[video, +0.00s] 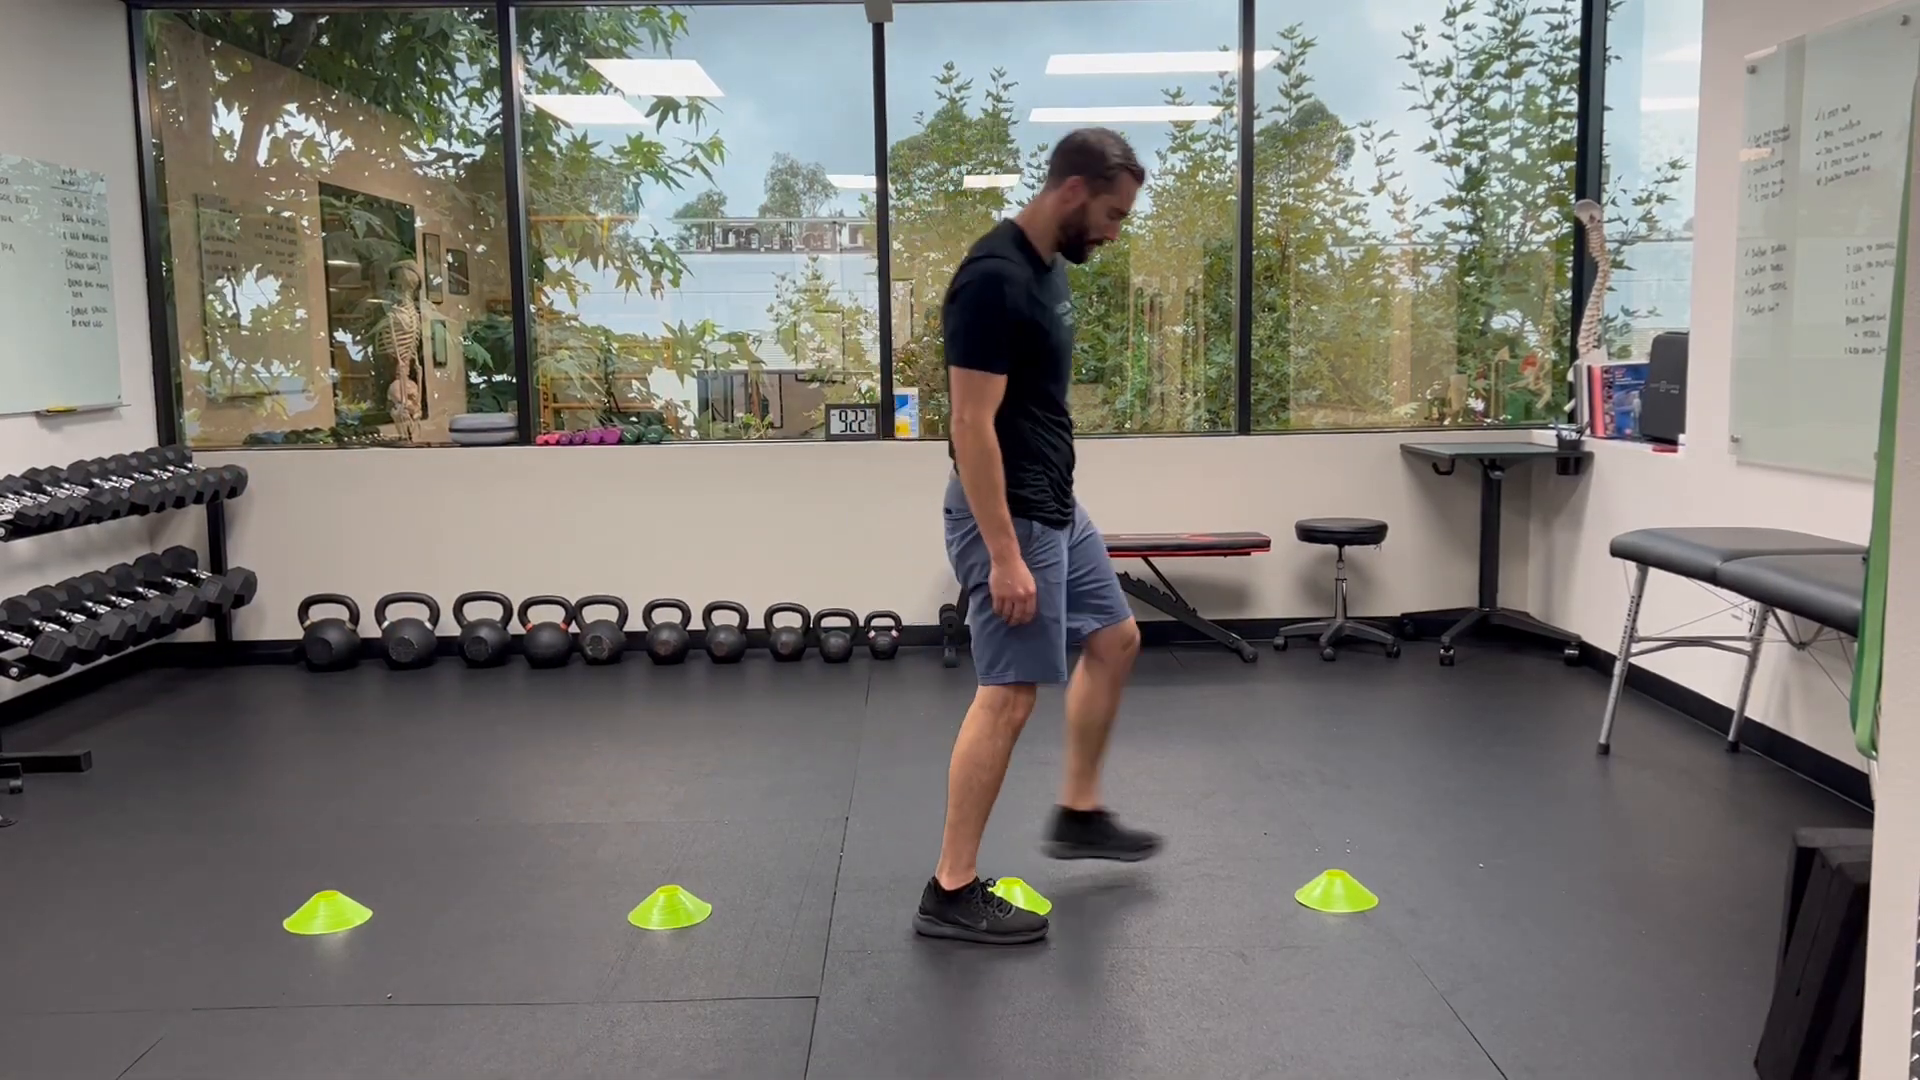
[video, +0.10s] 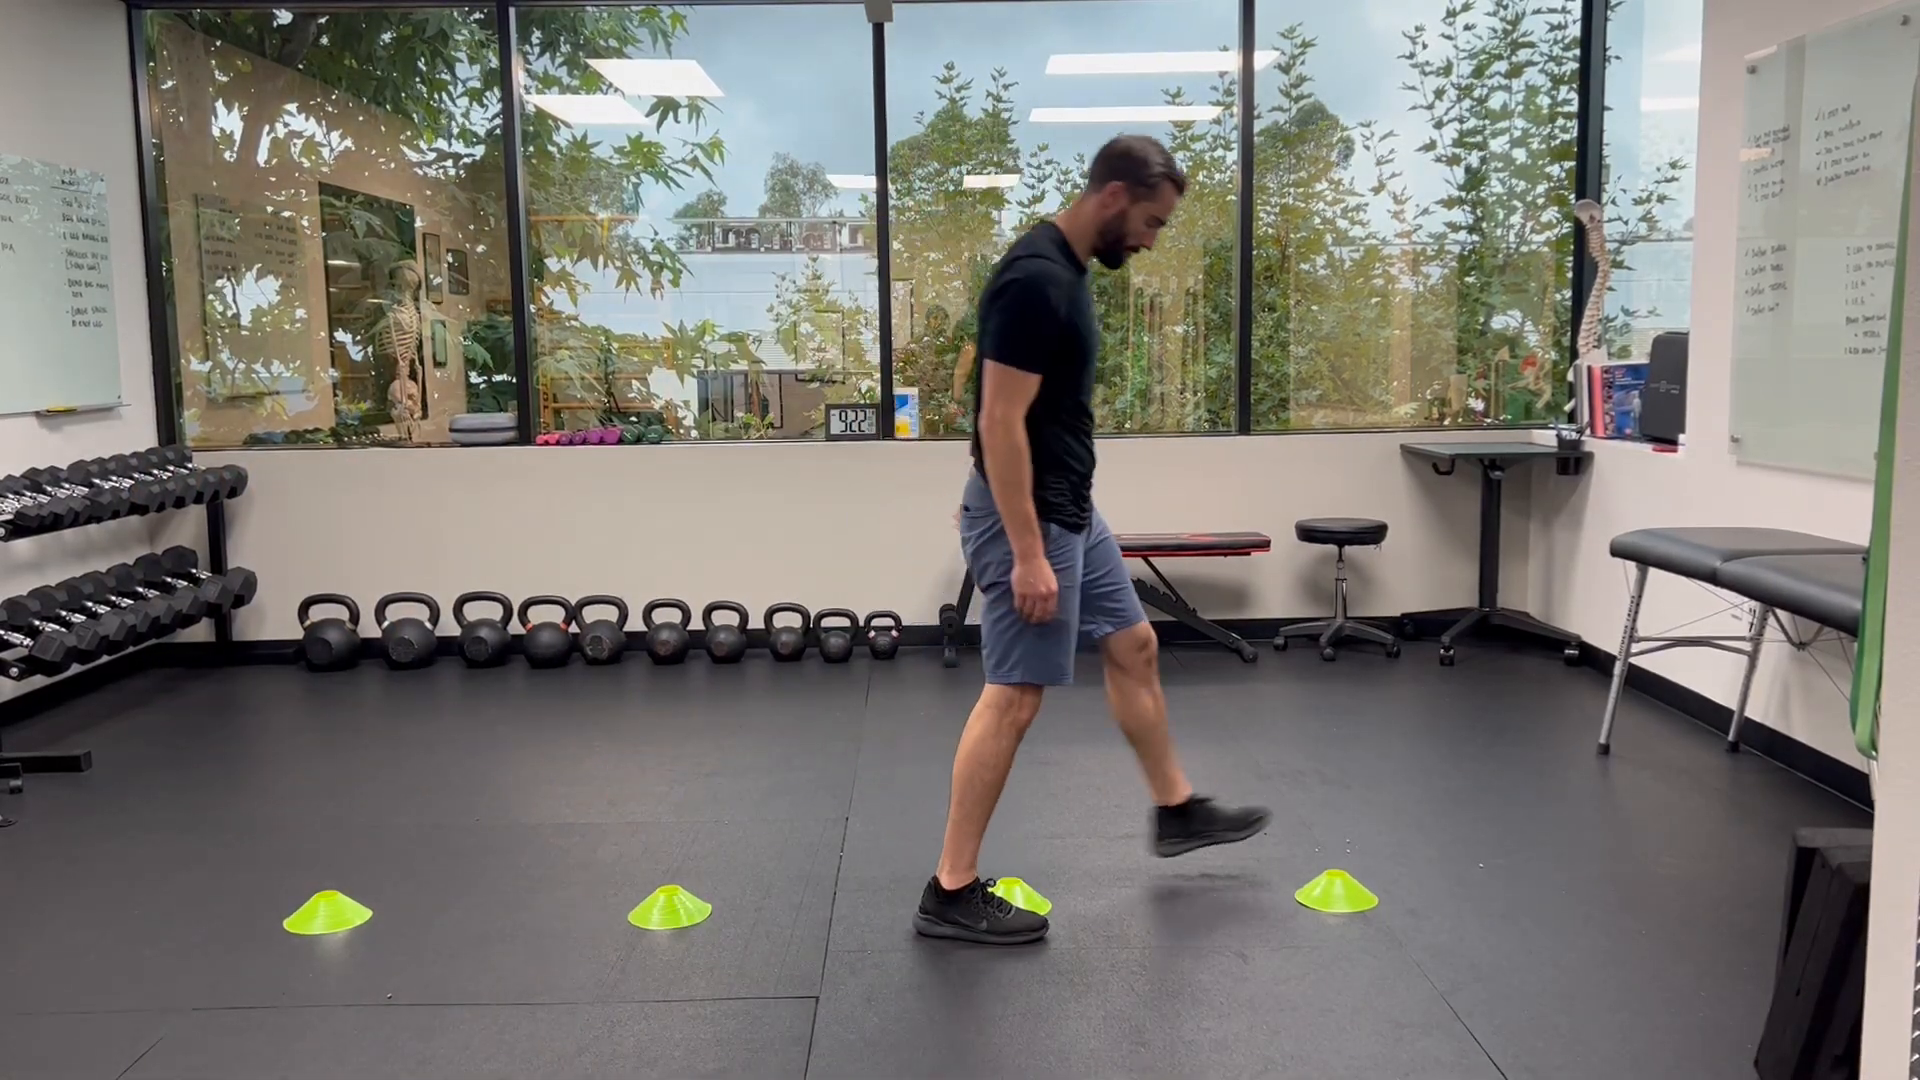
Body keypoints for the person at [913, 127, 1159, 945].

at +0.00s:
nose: (1115, 234)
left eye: (1123, 219)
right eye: (1114, 215)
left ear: (1076, 193)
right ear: (1074, 190)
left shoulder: (1039, 269)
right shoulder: (994, 277)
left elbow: (1028, 411)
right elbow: (971, 424)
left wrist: (1057, 512)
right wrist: (1003, 552)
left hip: (1055, 512)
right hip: (1007, 521)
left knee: (1113, 639)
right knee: (1007, 695)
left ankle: (1080, 812)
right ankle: (952, 886)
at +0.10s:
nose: (1152, 241)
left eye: (1159, 227)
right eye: (1153, 223)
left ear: (1116, 199)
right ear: (1113, 197)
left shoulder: (1066, 271)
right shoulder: (1037, 279)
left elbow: (1037, 414)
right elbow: (999, 421)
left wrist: (1067, 522)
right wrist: (1026, 551)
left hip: (1069, 516)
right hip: (1022, 525)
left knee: (1132, 646)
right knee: (1011, 697)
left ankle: (1176, 808)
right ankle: (952, 888)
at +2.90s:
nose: (786, 251)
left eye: (794, 237)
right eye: (776, 235)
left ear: (792, 227)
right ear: (731, 214)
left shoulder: (759, 297)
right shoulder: (673, 296)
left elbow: (806, 402)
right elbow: (623, 418)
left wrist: (881, 400)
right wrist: (604, 544)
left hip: (741, 526)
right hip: (719, 531)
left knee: (695, 682)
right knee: (801, 696)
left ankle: (628, 841)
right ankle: (879, 877)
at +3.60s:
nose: (415, 294)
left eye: (424, 282)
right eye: (412, 277)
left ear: (396, 254)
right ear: (372, 242)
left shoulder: (357, 306)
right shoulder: (296, 309)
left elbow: (336, 429)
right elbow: (277, 433)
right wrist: (421, 485)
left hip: (379, 547)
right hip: (305, 558)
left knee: (467, 675)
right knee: (248, 734)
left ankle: (565, 821)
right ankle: (161, 929)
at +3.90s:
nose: (287, 284)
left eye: (297, 272)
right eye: (283, 267)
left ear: (288, 251)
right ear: (243, 231)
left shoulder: (257, 292)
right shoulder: (135, 292)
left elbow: (298, 400)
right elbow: (36, 401)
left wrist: (383, 453)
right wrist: (1, 482)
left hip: (242, 520)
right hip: (168, 531)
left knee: (285, 660)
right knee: (177, 717)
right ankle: (153, 931)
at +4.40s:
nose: (206, 254)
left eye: (215, 242)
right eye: (197, 237)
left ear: (210, 233)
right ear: (152, 213)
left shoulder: (177, 298)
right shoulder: (62, 285)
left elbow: (184, 406)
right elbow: (9, 408)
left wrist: (252, 437)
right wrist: (74, 503)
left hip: (145, 524)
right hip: (75, 523)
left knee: (115, 686)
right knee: (138, 691)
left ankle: (88, 842)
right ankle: (90, 901)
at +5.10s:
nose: (222, 218)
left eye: (228, 204)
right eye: (211, 200)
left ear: (192, 196)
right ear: (160, 186)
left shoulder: (195, 278)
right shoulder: (84, 275)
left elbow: (196, 403)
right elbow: (102, 413)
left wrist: (259, 391)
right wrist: (228, 379)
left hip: (193, 518)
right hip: (112, 528)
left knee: (213, 679)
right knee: (128, 705)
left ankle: (185, 860)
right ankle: (88, 905)